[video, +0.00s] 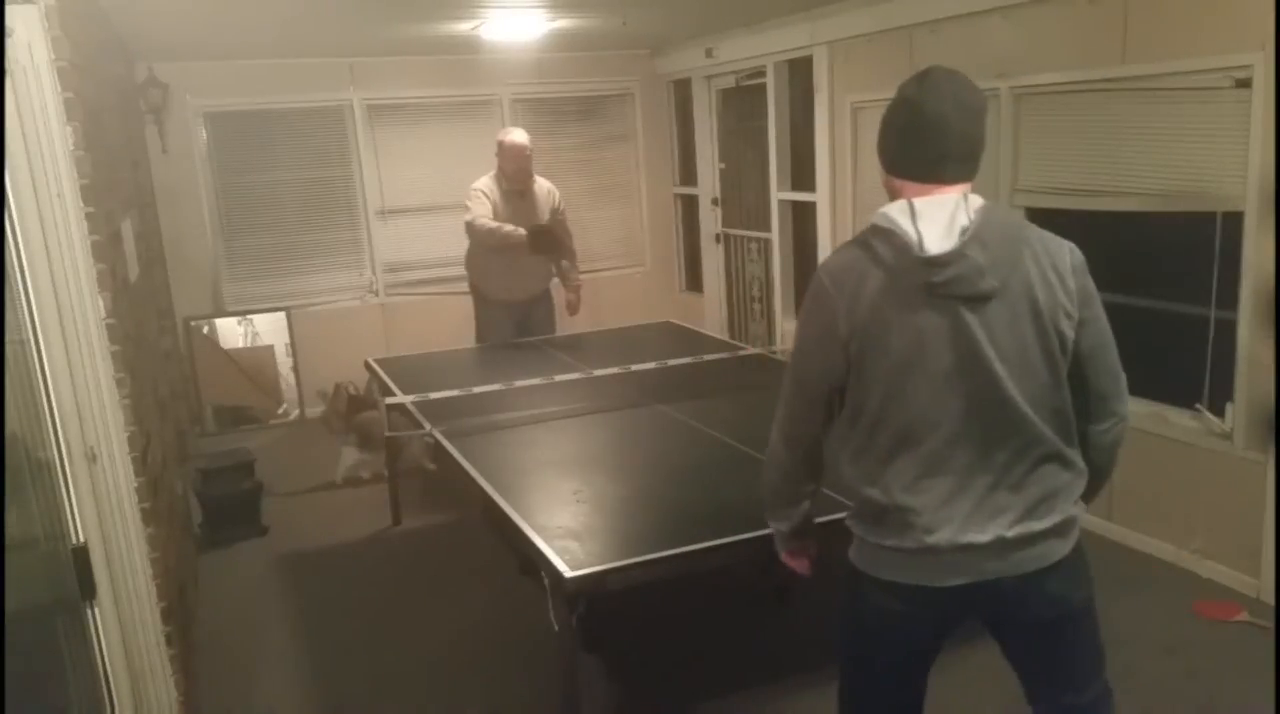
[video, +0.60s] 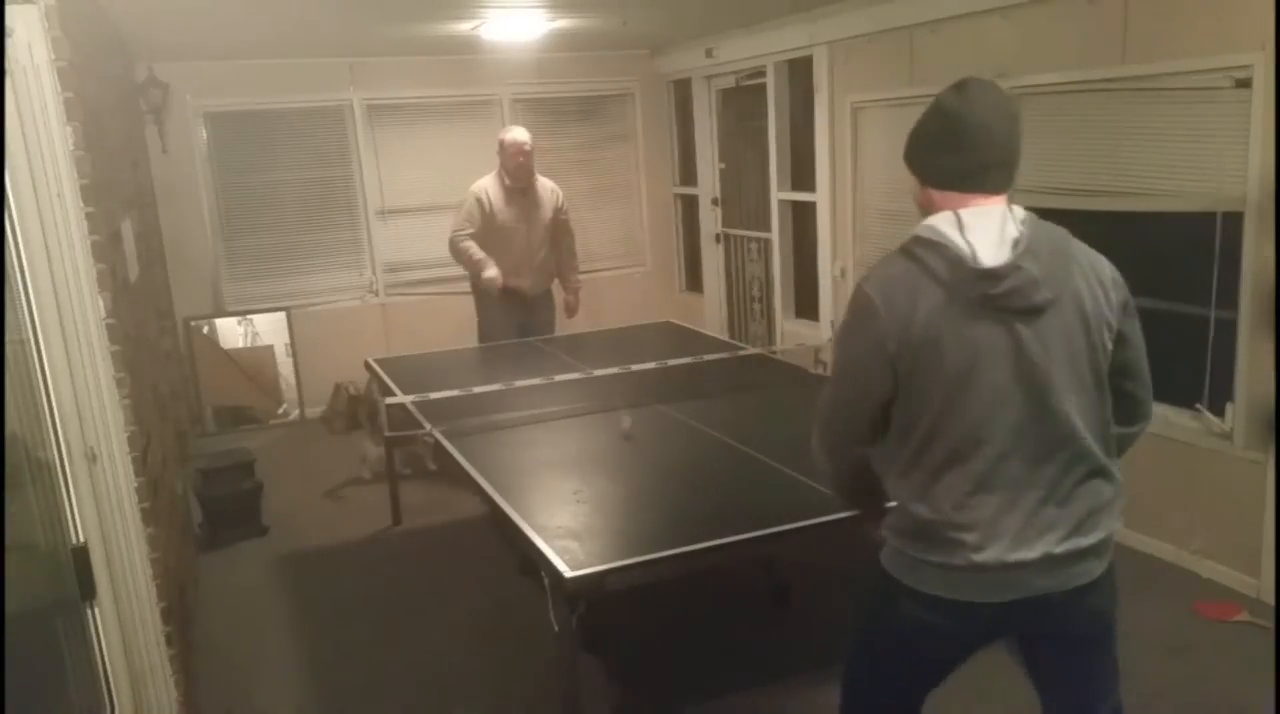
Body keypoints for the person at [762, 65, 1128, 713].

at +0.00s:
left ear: (886, 161)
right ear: (976, 156)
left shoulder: (845, 279)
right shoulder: (1056, 264)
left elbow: (796, 427)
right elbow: (1107, 412)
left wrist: (789, 522)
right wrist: (1070, 490)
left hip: (896, 578)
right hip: (1040, 570)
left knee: (878, 707)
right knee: (1078, 705)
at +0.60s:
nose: (913, 188)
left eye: (914, 175)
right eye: (918, 173)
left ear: (923, 181)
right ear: (1009, 171)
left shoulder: (890, 293)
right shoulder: (1093, 274)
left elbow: (839, 440)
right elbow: (1131, 408)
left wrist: (880, 504)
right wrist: (1063, 472)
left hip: (938, 588)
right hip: (1074, 584)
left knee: (874, 704)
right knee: (1093, 708)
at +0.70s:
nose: (914, 194)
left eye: (914, 182)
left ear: (921, 186)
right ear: (1009, 176)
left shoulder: (890, 294)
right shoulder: (1095, 274)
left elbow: (836, 430)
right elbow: (1139, 411)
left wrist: (917, 461)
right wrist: (1064, 464)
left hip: (940, 589)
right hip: (1073, 584)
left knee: (875, 703)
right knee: (1086, 706)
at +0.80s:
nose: (913, 197)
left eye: (912, 183)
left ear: (918, 188)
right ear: (1007, 178)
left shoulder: (880, 292)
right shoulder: (1092, 276)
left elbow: (808, 402)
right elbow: (1165, 405)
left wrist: (883, 387)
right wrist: (1151, 493)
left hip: (925, 586)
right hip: (1067, 583)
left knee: (867, 705)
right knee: (1092, 708)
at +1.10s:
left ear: (898, 183)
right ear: (990, 179)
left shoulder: (855, 278)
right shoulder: (1057, 279)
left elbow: (790, 328)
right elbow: (1166, 427)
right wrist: (1201, 562)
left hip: (889, 576)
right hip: (1026, 577)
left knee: (851, 701)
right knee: (1087, 705)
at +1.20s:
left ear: (881, 173)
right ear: (972, 174)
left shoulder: (837, 266)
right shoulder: (1027, 279)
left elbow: (790, 317)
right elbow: (1043, 458)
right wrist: (1017, 589)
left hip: (871, 555)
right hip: (989, 565)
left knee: (846, 694)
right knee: (1061, 702)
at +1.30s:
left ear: (867, 166)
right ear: (956, 170)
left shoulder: (816, 262)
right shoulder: (990, 269)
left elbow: (793, 326)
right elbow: (940, 418)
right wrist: (848, 532)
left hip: (852, 562)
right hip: (964, 562)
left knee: (834, 701)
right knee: (1033, 702)